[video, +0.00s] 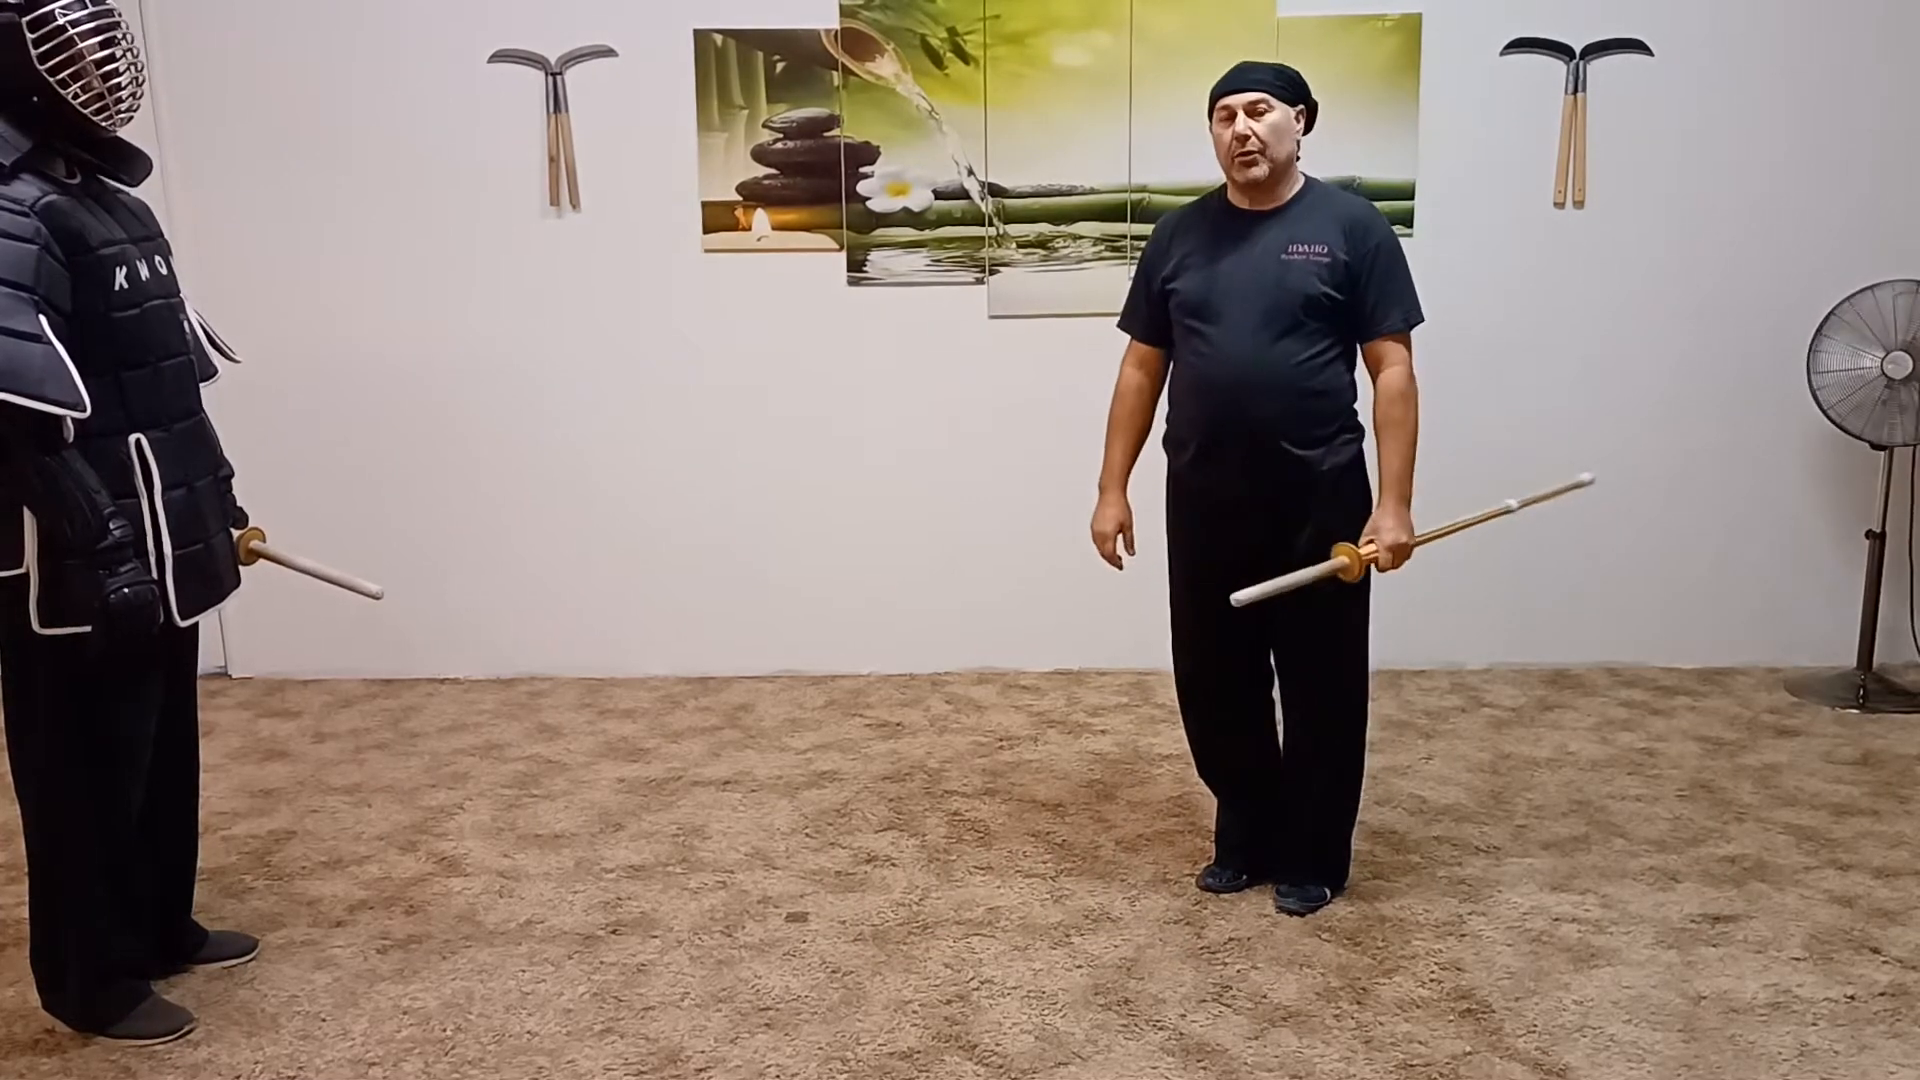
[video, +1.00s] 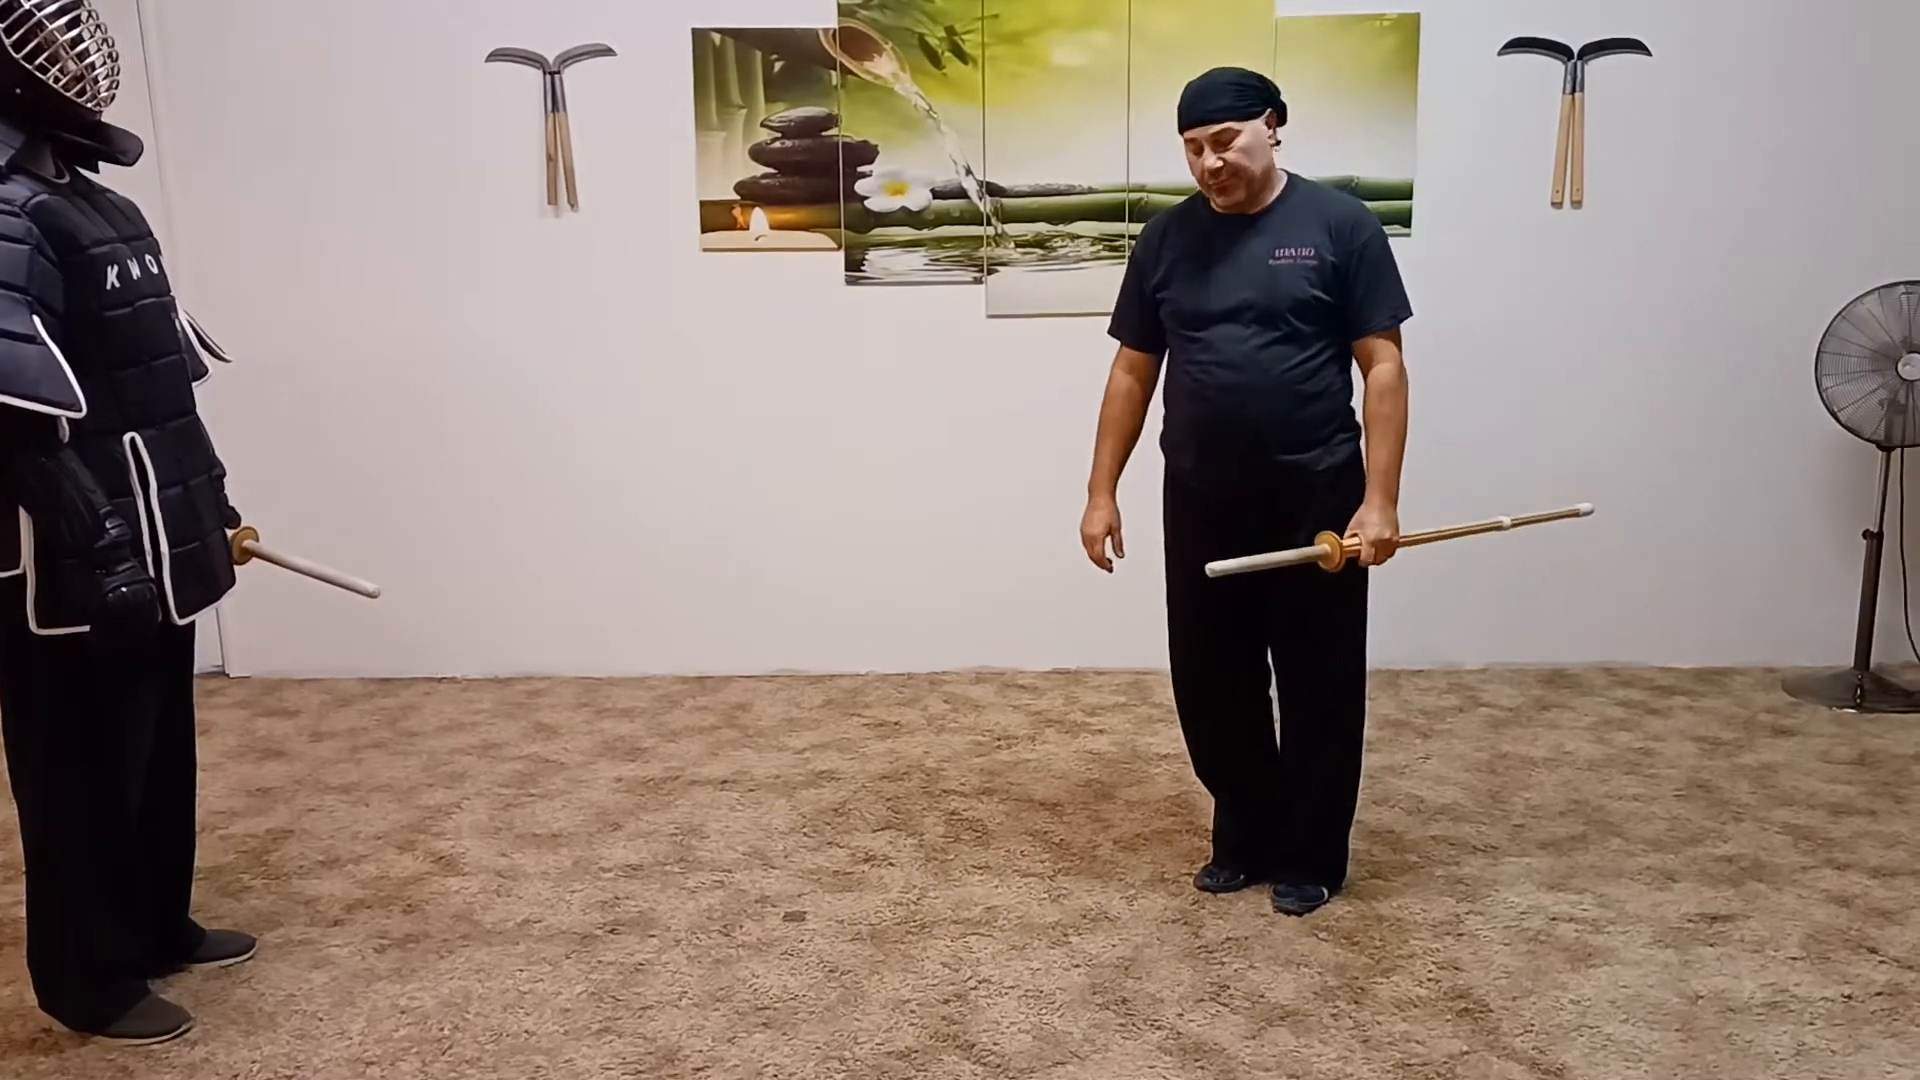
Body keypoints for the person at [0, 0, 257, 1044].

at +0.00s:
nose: (118, 76)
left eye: (116, 56)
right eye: (93, 59)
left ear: (107, 72)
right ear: (40, 75)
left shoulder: (121, 202)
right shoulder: (20, 211)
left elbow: (173, 381)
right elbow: (24, 404)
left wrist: (218, 506)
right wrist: (97, 538)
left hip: (158, 543)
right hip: (70, 557)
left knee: (160, 752)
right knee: (85, 772)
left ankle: (161, 933)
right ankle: (88, 982)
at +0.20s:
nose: (117, 75)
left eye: (112, 56)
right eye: (93, 58)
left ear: (89, 75)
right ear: (43, 75)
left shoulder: (121, 203)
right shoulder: (20, 212)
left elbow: (172, 383)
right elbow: (25, 407)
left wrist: (217, 508)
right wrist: (93, 543)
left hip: (157, 545)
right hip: (69, 559)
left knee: (159, 751)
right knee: (84, 773)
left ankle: (161, 932)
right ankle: (88, 983)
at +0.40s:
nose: (111, 74)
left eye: (105, 55)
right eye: (88, 59)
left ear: (68, 76)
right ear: (41, 75)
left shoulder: (119, 202)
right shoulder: (18, 210)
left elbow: (171, 380)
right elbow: (25, 406)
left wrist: (216, 507)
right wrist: (93, 543)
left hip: (156, 543)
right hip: (68, 556)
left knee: (158, 750)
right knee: (84, 772)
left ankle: (161, 932)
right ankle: (89, 983)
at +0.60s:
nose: (108, 72)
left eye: (102, 54)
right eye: (86, 57)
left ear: (69, 78)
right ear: (41, 76)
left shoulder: (118, 203)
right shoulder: (17, 209)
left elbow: (170, 379)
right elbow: (22, 403)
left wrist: (215, 508)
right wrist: (95, 536)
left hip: (155, 541)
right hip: (67, 553)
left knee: (158, 750)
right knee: (83, 771)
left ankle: (161, 932)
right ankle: (88, 983)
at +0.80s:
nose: (100, 68)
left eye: (94, 52)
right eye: (79, 54)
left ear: (56, 78)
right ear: (39, 74)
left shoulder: (115, 207)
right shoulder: (15, 212)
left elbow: (170, 384)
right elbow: (24, 408)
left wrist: (213, 511)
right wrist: (98, 538)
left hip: (153, 551)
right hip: (64, 562)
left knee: (157, 753)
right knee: (82, 774)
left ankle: (161, 932)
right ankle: (88, 984)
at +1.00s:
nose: (96, 67)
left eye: (90, 51)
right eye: (73, 53)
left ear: (59, 75)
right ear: (34, 74)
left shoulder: (111, 207)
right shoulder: (12, 214)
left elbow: (166, 384)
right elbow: (22, 410)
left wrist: (212, 511)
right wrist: (98, 538)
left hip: (153, 547)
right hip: (65, 560)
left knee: (156, 752)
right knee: (82, 773)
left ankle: (160, 931)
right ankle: (87, 983)